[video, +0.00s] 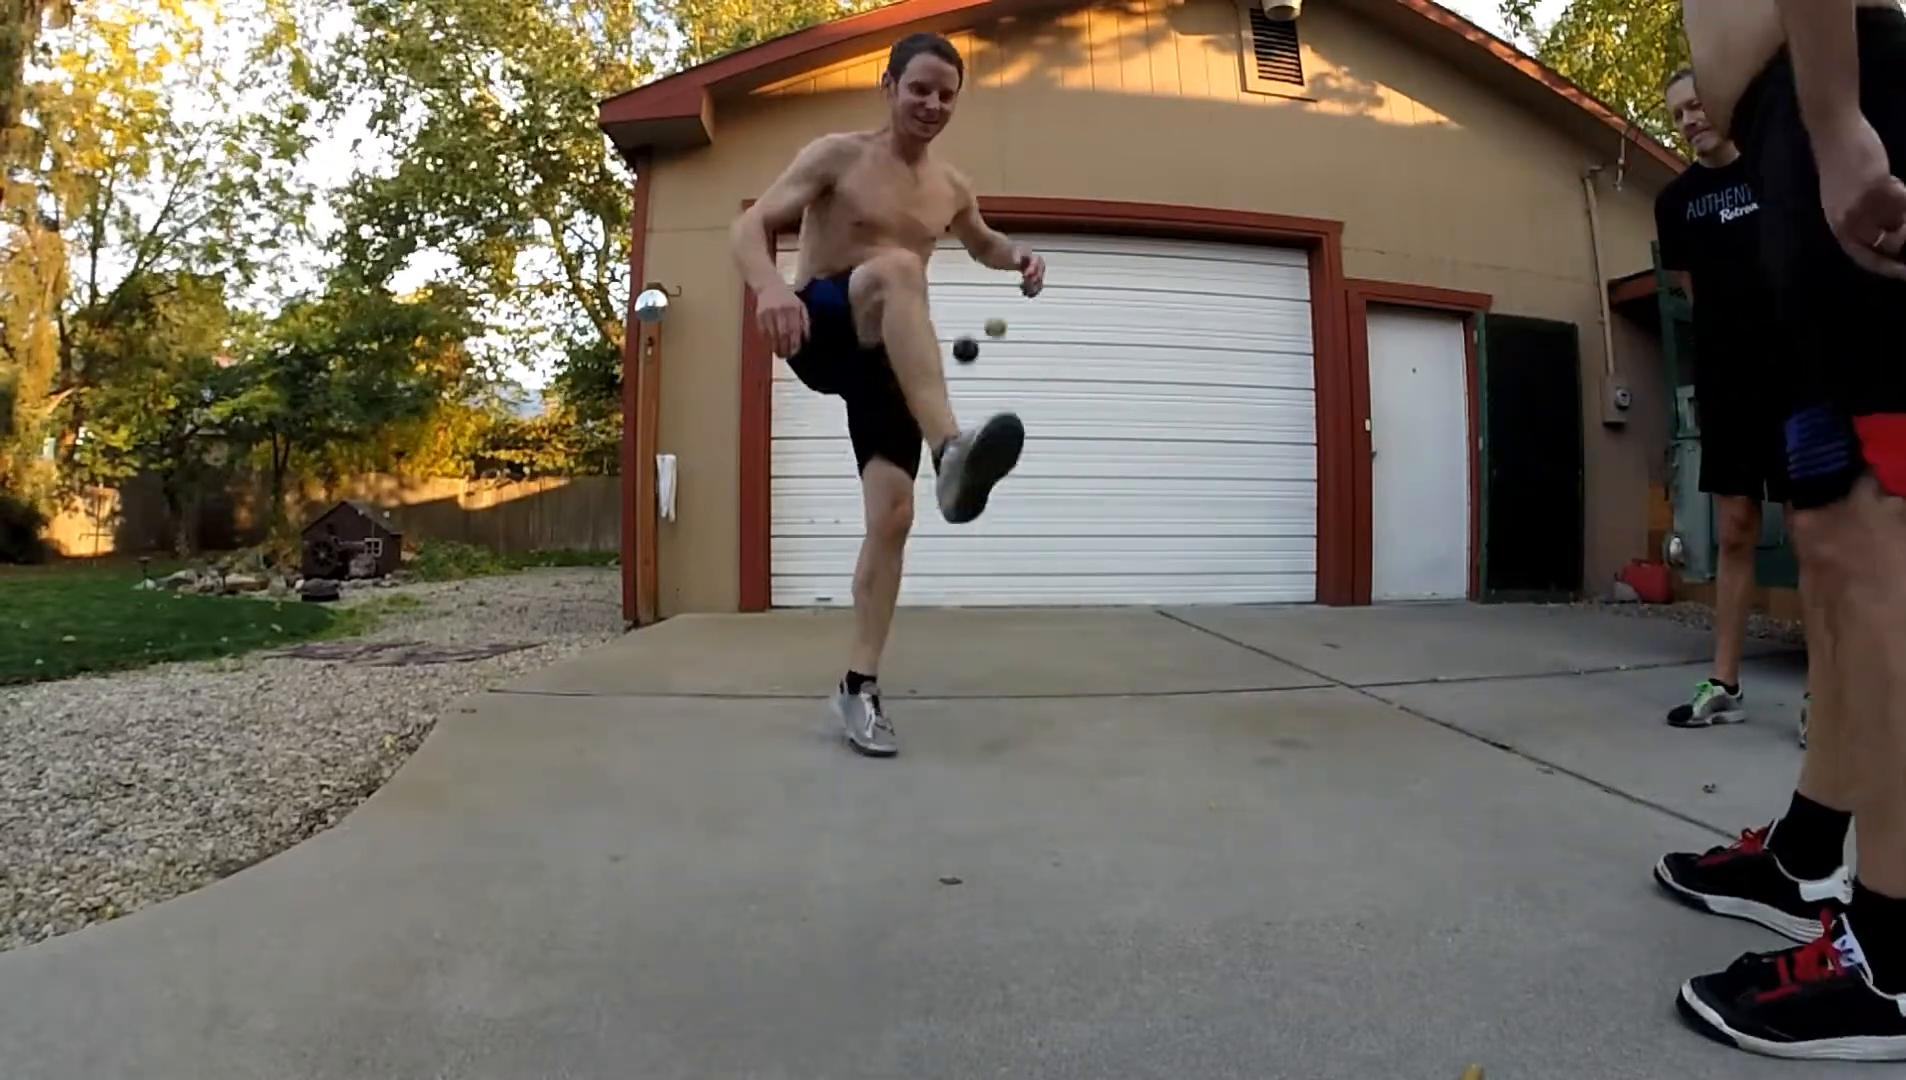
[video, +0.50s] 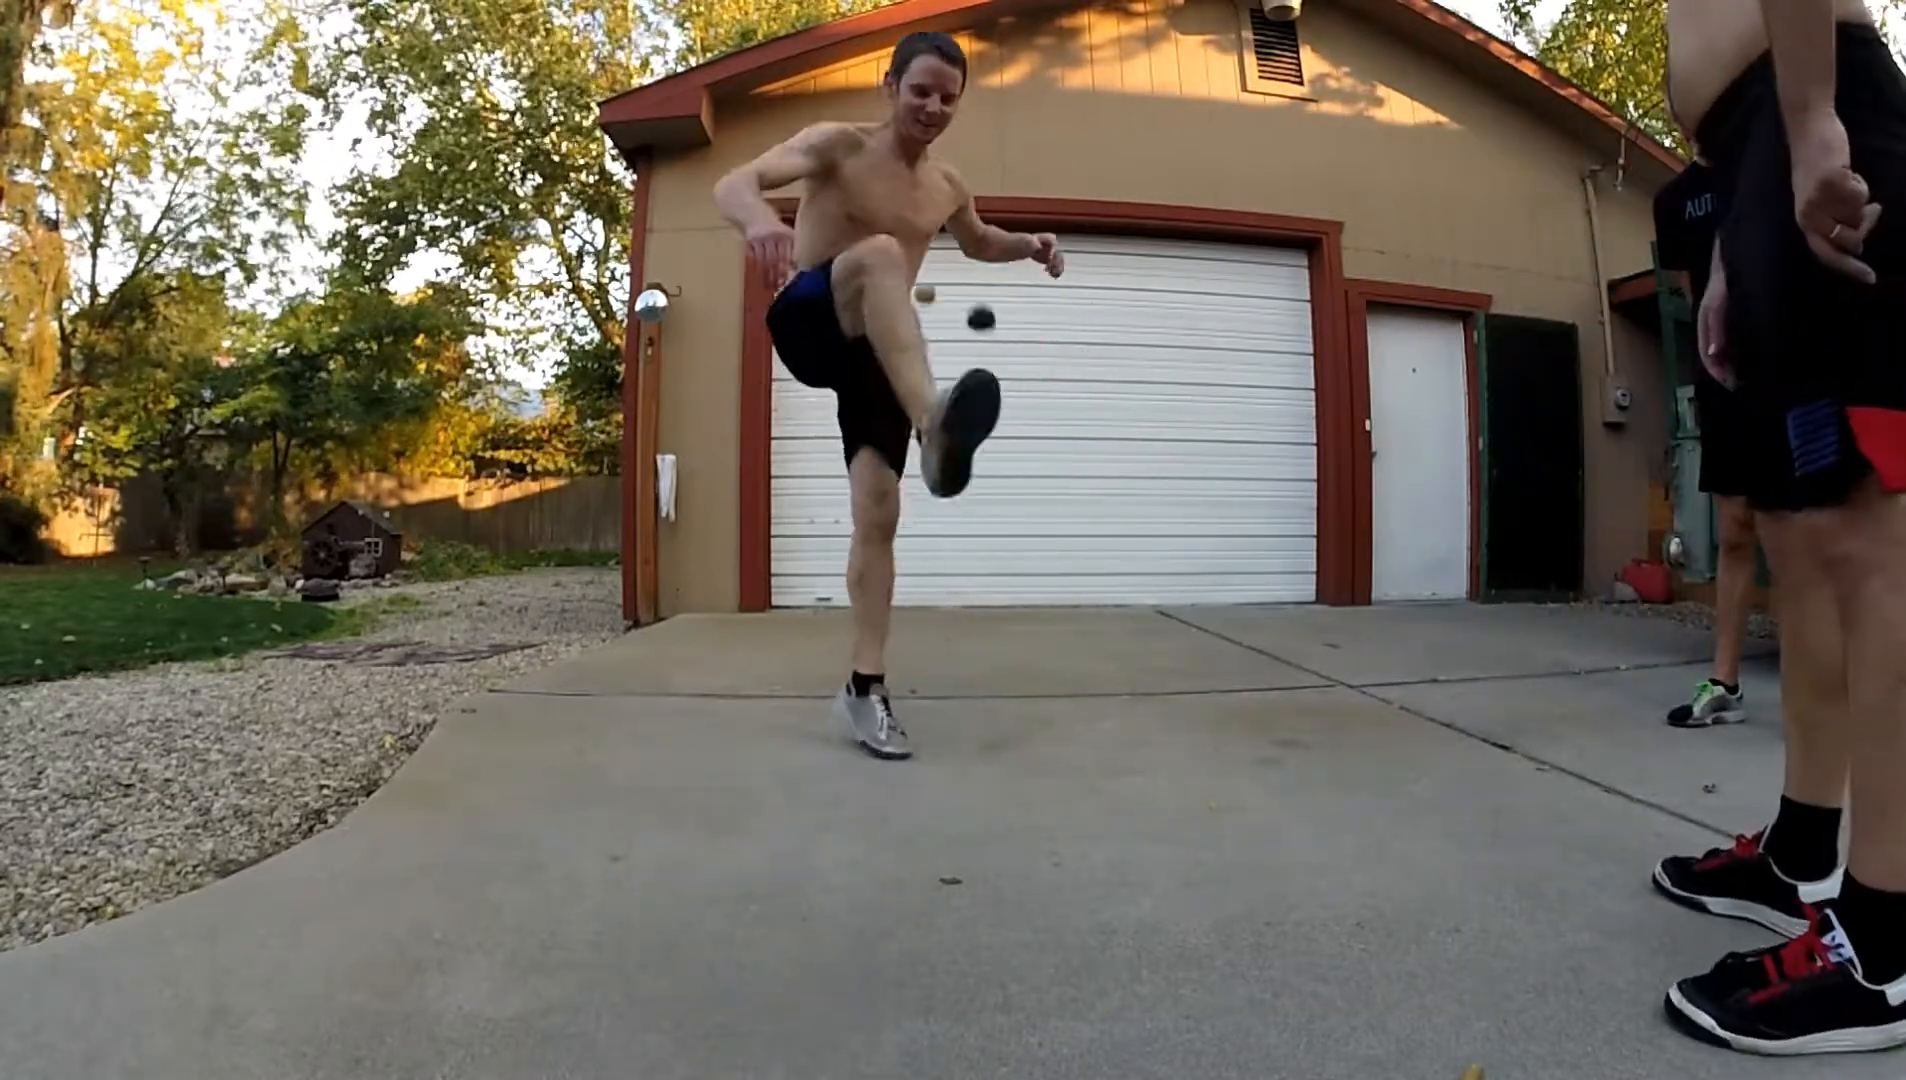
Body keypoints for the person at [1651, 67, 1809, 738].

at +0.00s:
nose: (1692, 118)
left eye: (1697, 105)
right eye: (1680, 112)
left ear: (1724, 104)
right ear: (1672, 124)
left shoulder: (1773, 174)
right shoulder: (1676, 200)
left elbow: (1801, 262)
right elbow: (1682, 288)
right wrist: (1738, 308)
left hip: (1795, 368)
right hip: (1726, 377)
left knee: (1811, 533)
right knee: (1735, 531)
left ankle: (1822, 694)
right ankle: (1723, 680)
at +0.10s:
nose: (1689, 120)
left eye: (1694, 106)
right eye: (1679, 113)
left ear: (1723, 105)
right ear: (1677, 125)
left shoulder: (1767, 175)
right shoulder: (1675, 199)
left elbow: (1795, 266)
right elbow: (1682, 288)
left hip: (1786, 368)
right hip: (1721, 376)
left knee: (1800, 531)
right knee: (1733, 530)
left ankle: (1826, 686)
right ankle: (1725, 680)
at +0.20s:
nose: (1687, 122)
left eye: (1692, 107)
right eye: (1677, 114)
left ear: (1720, 106)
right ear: (1675, 124)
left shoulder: (1766, 176)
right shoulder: (1677, 198)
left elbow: (1790, 273)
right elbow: (1687, 290)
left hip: (1783, 363)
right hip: (1720, 377)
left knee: (1802, 531)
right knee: (1733, 532)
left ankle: (1830, 687)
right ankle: (1725, 679)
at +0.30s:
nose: (1686, 122)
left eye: (1689, 108)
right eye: (1678, 114)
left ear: (1720, 111)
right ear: (1678, 123)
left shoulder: (1768, 179)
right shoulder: (1677, 198)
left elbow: (1793, 274)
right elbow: (1686, 294)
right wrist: (1712, 354)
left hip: (1788, 361)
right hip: (1723, 376)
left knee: (1806, 532)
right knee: (1734, 530)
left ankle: (1823, 683)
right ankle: (1725, 679)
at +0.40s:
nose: (1693, 122)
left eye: (1701, 108)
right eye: (1686, 109)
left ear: (1732, 115)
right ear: (1685, 121)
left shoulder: (1769, 183)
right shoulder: (1678, 199)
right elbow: (1687, 287)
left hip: (1785, 368)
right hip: (1724, 381)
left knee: (1800, 538)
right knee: (1734, 532)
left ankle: (1819, 696)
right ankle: (1724, 679)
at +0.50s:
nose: (1705, 130)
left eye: (1716, 116)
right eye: (1696, 117)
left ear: (1743, 118)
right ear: (1688, 125)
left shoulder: (1772, 178)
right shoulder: (1678, 196)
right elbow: (1688, 289)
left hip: (1785, 371)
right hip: (1723, 383)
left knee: (1800, 542)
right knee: (1733, 533)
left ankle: (1816, 690)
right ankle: (1724, 679)